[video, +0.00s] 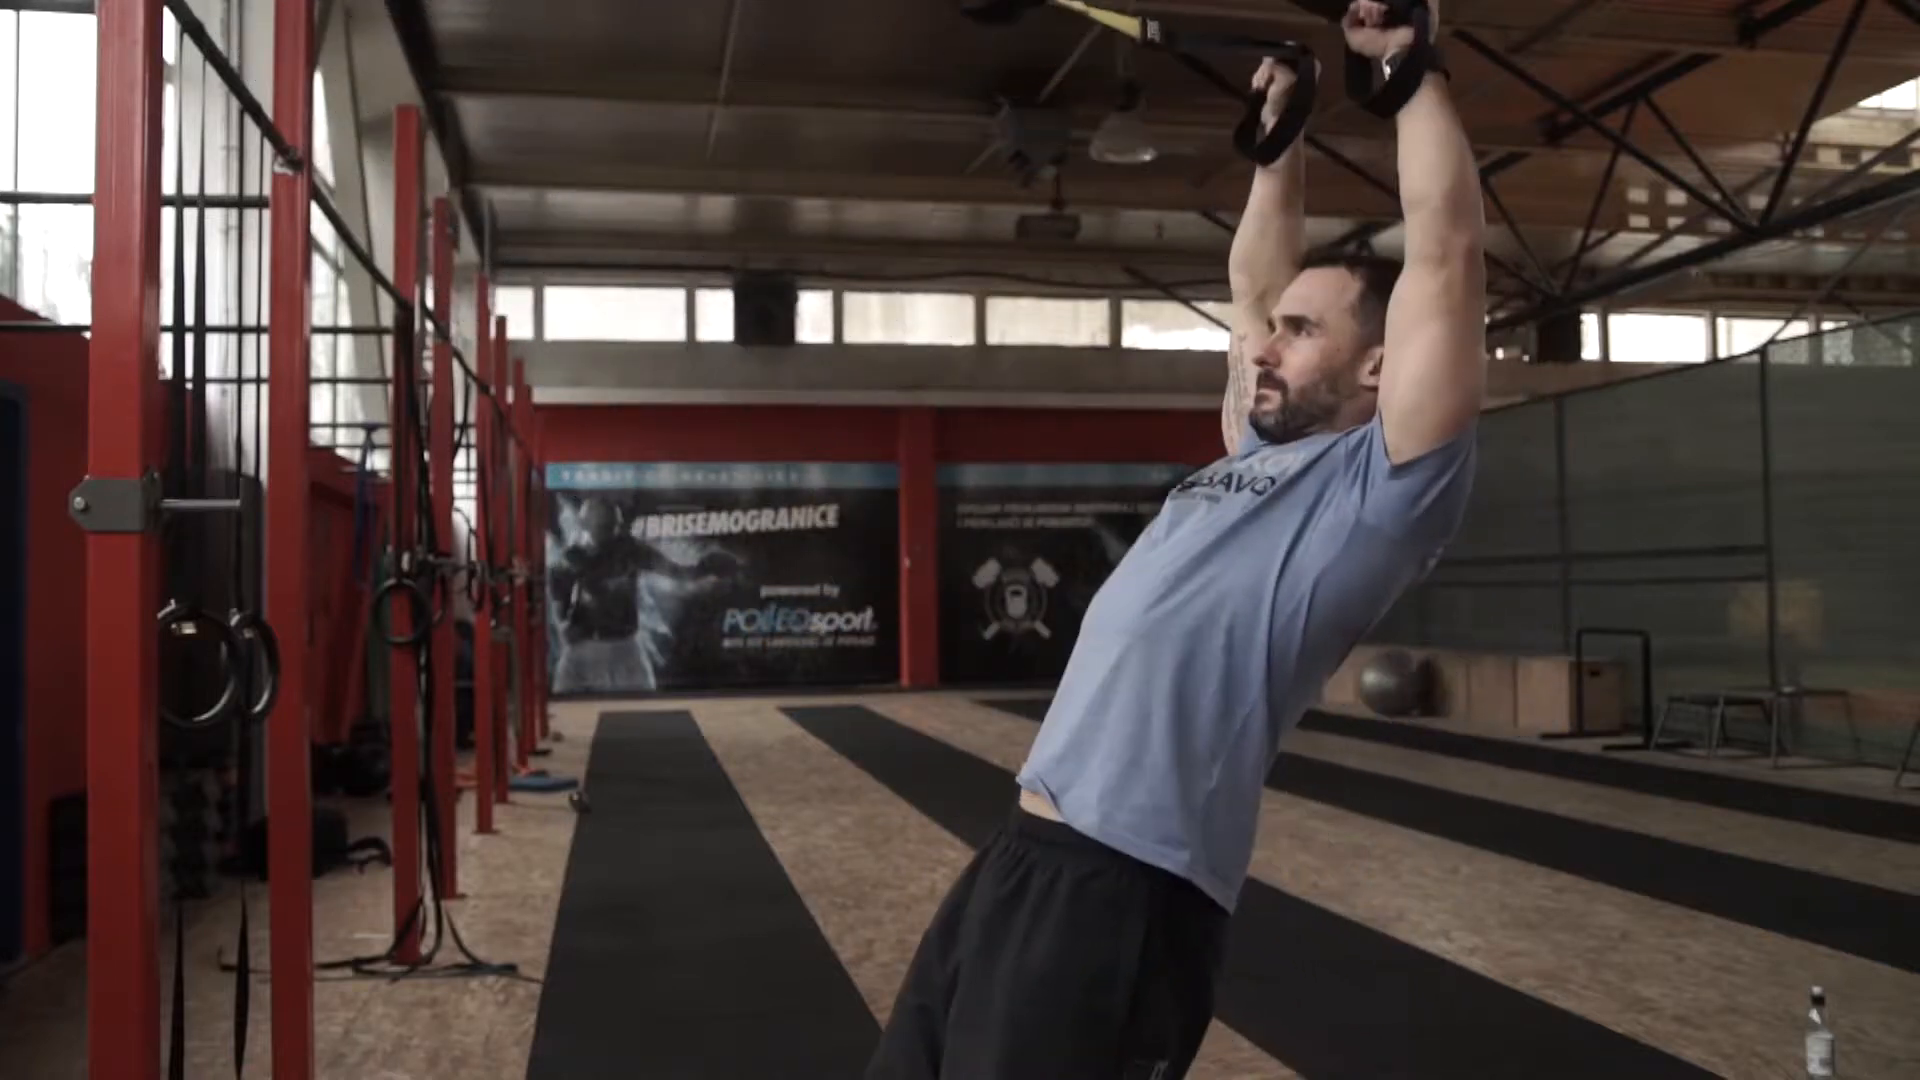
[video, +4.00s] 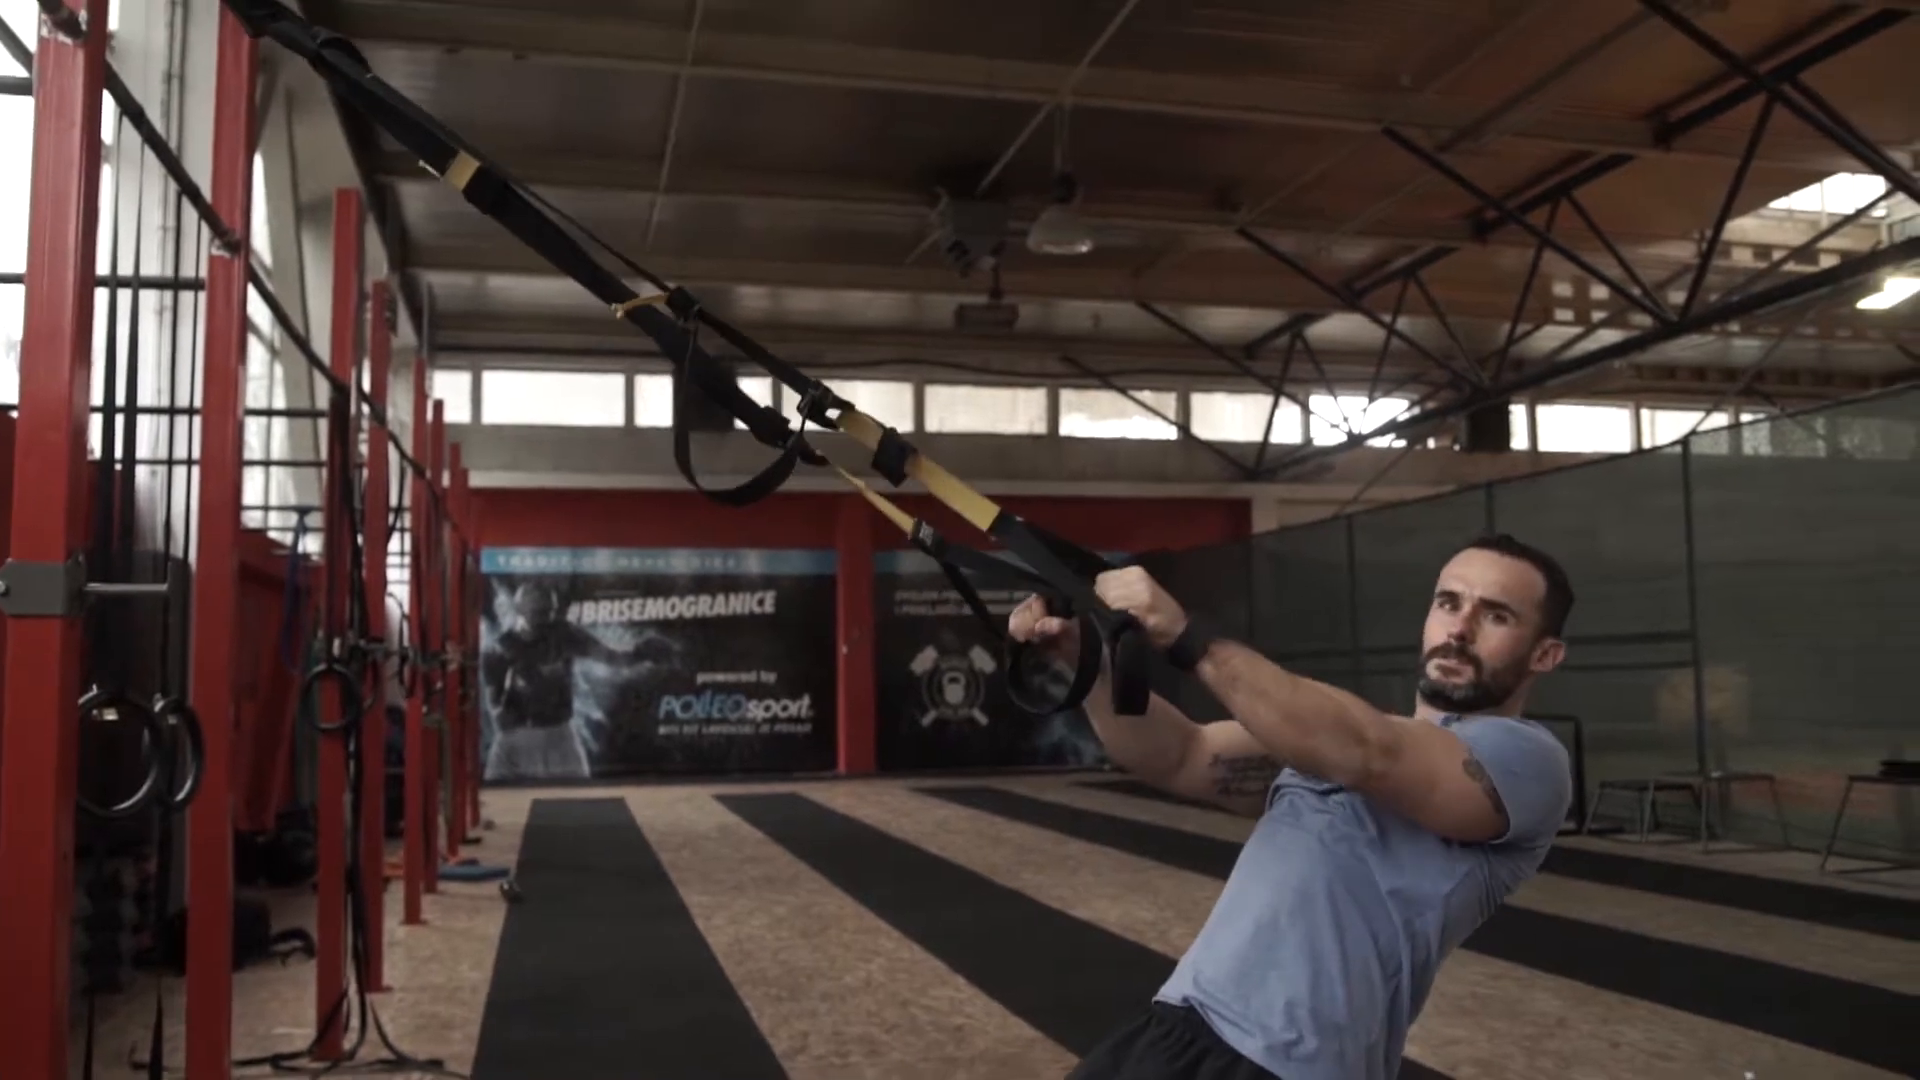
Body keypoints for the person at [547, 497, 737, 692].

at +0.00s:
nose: (601, 528)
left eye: (606, 520)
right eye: (594, 521)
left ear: (616, 520)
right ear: (583, 523)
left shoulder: (631, 550)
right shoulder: (571, 558)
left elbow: (674, 573)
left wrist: (703, 571)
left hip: (625, 648)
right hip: (580, 651)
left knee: (636, 717)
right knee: (574, 719)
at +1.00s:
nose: (601, 525)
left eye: (606, 517)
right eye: (594, 518)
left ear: (615, 518)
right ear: (583, 522)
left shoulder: (630, 549)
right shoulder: (573, 557)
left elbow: (674, 572)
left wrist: (703, 571)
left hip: (624, 647)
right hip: (581, 649)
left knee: (635, 714)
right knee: (573, 717)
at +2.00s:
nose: (600, 526)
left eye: (606, 518)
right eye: (593, 520)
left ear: (615, 519)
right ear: (582, 522)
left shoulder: (630, 549)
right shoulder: (571, 558)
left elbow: (673, 571)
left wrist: (702, 572)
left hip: (625, 648)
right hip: (580, 650)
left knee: (636, 716)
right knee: (573, 718)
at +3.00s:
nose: (601, 530)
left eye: (606, 523)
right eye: (595, 524)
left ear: (616, 521)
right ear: (584, 524)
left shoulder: (629, 549)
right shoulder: (573, 557)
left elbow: (672, 571)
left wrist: (701, 571)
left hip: (625, 647)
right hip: (581, 650)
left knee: (636, 715)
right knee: (572, 717)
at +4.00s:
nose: (541, 619)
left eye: (545, 612)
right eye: (535, 613)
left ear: (552, 609)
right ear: (519, 610)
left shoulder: (563, 634)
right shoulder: (502, 648)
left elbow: (608, 658)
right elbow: (496, 708)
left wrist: (638, 655)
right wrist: (509, 686)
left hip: (560, 738)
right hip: (513, 742)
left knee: (573, 808)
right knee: (504, 811)